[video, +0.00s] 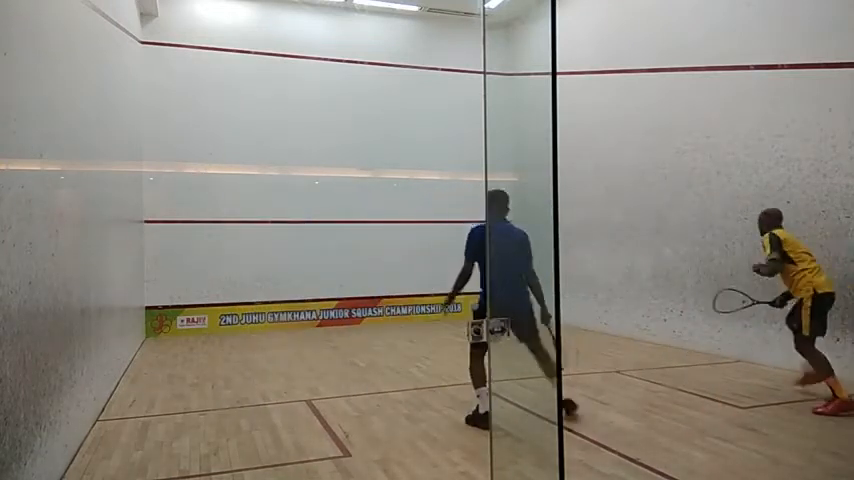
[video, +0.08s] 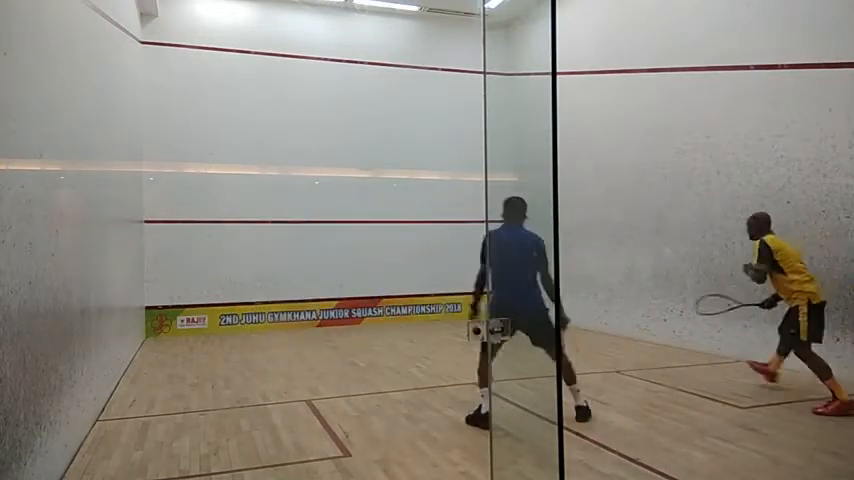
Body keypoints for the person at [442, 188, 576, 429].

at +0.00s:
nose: (504, 210)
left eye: (496, 206)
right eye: (504, 206)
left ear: (487, 207)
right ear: (506, 208)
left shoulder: (477, 233)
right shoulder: (520, 235)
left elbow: (468, 269)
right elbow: (530, 275)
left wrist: (452, 294)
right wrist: (543, 306)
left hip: (490, 305)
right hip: (519, 305)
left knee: (476, 355)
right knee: (537, 348)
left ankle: (483, 411)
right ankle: (563, 398)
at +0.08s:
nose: (519, 217)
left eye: (510, 212)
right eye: (521, 213)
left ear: (503, 214)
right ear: (524, 215)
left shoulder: (490, 239)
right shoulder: (534, 241)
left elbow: (482, 276)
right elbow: (546, 280)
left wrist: (474, 309)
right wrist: (560, 311)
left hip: (501, 309)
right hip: (532, 310)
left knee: (485, 357)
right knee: (560, 356)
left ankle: (484, 409)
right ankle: (580, 404)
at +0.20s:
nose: (542, 218)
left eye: (541, 214)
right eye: (541, 214)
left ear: (520, 213)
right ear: (538, 214)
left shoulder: (502, 237)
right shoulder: (546, 241)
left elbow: (494, 273)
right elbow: (560, 279)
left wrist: (493, 304)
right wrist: (579, 309)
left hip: (506, 307)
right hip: (538, 308)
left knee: (499, 354)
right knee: (563, 351)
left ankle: (491, 406)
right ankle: (581, 404)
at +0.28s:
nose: (552, 217)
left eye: (551, 213)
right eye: (552, 213)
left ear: (531, 210)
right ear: (549, 213)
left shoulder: (511, 231)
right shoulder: (552, 237)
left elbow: (492, 265)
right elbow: (565, 273)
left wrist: (497, 294)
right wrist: (596, 299)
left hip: (512, 305)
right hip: (542, 306)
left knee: (506, 348)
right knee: (562, 350)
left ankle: (496, 401)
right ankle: (580, 403)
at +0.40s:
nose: (557, 216)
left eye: (556, 211)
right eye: (557, 212)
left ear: (537, 209)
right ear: (556, 212)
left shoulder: (515, 229)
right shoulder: (554, 237)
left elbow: (491, 254)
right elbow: (565, 272)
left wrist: (480, 282)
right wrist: (604, 283)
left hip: (509, 303)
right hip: (539, 305)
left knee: (509, 349)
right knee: (560, 351)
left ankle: (507, 404)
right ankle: (580, 404)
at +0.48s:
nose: (559, 220)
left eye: (559, 216)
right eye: (559, 216)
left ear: (539, 212)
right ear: (555, 215)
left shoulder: (514, 230)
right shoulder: (552, 241)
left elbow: (486, 254)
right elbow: (567, 280)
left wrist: (467, 278)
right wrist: (603, 280)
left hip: (505, 304)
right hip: (534, 305)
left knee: (512, 351)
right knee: (558, 352)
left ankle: (510, 406)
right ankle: (580, 403)